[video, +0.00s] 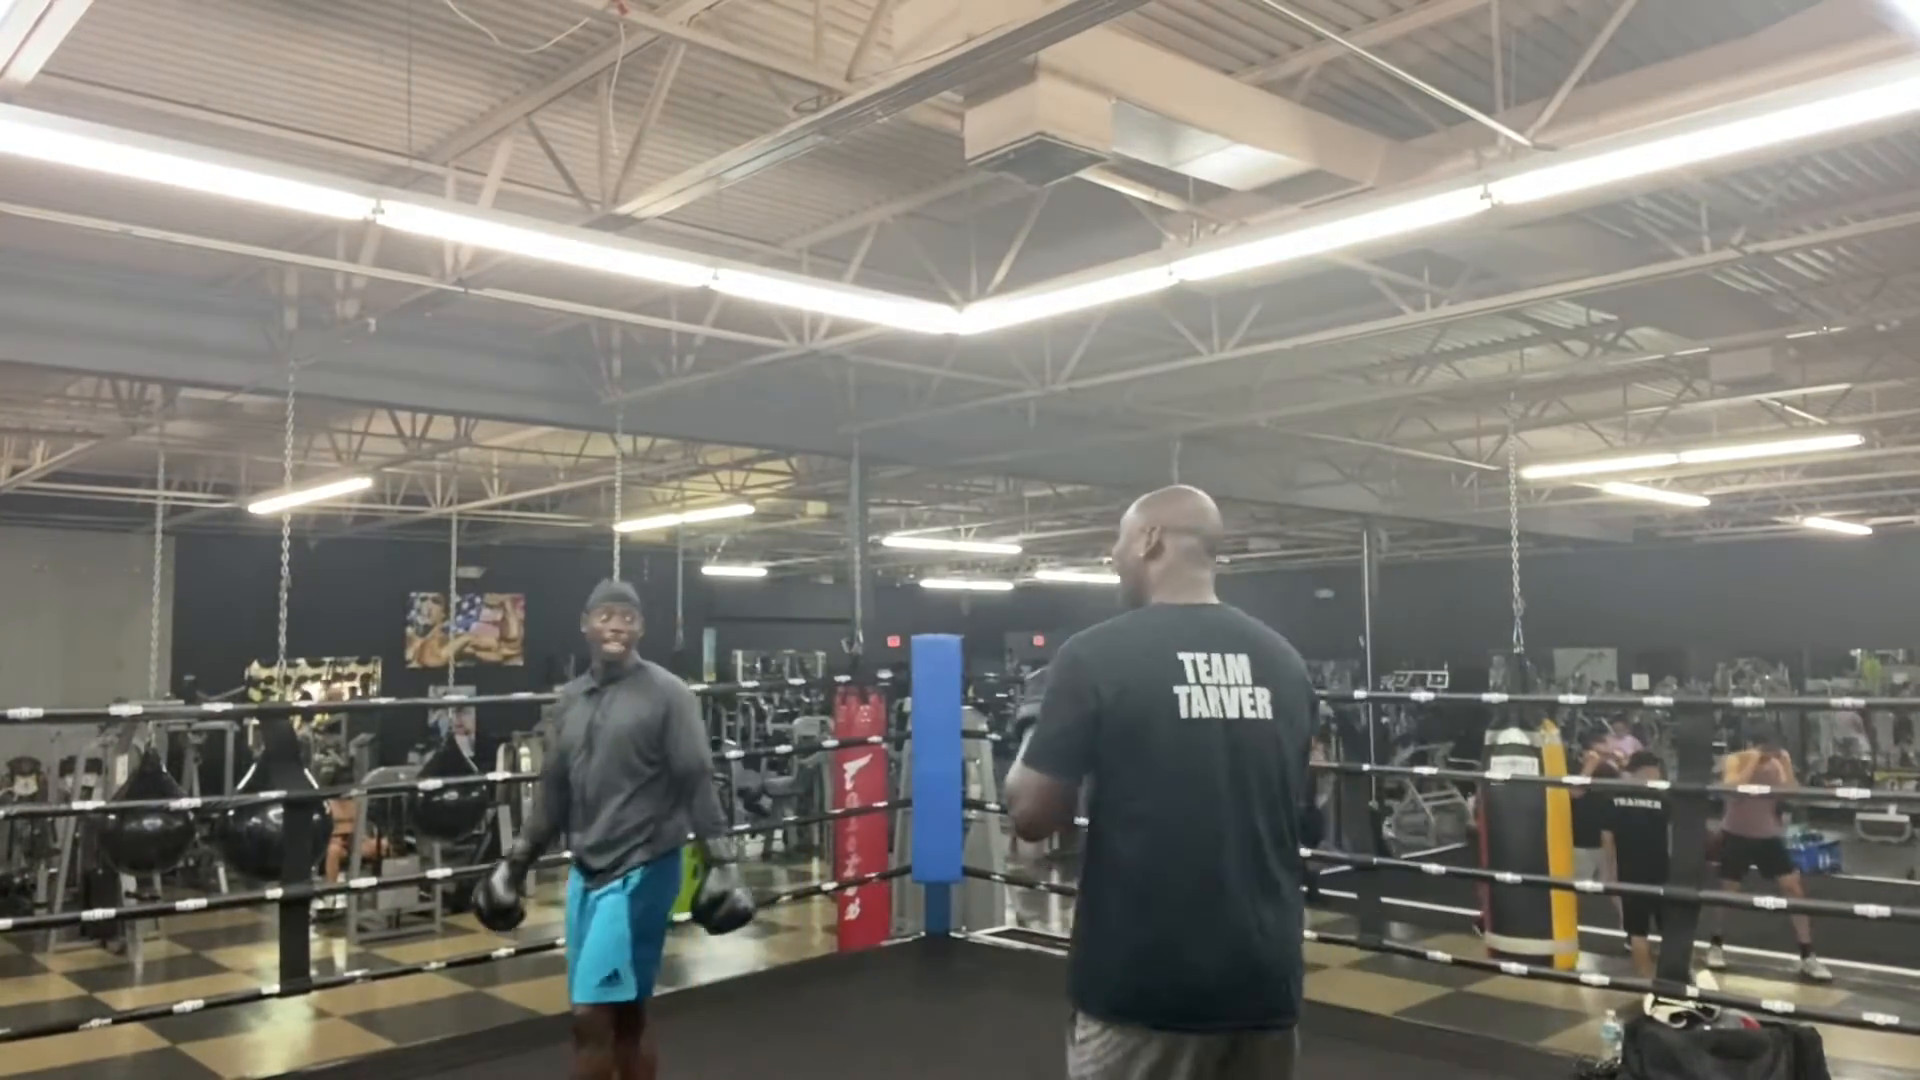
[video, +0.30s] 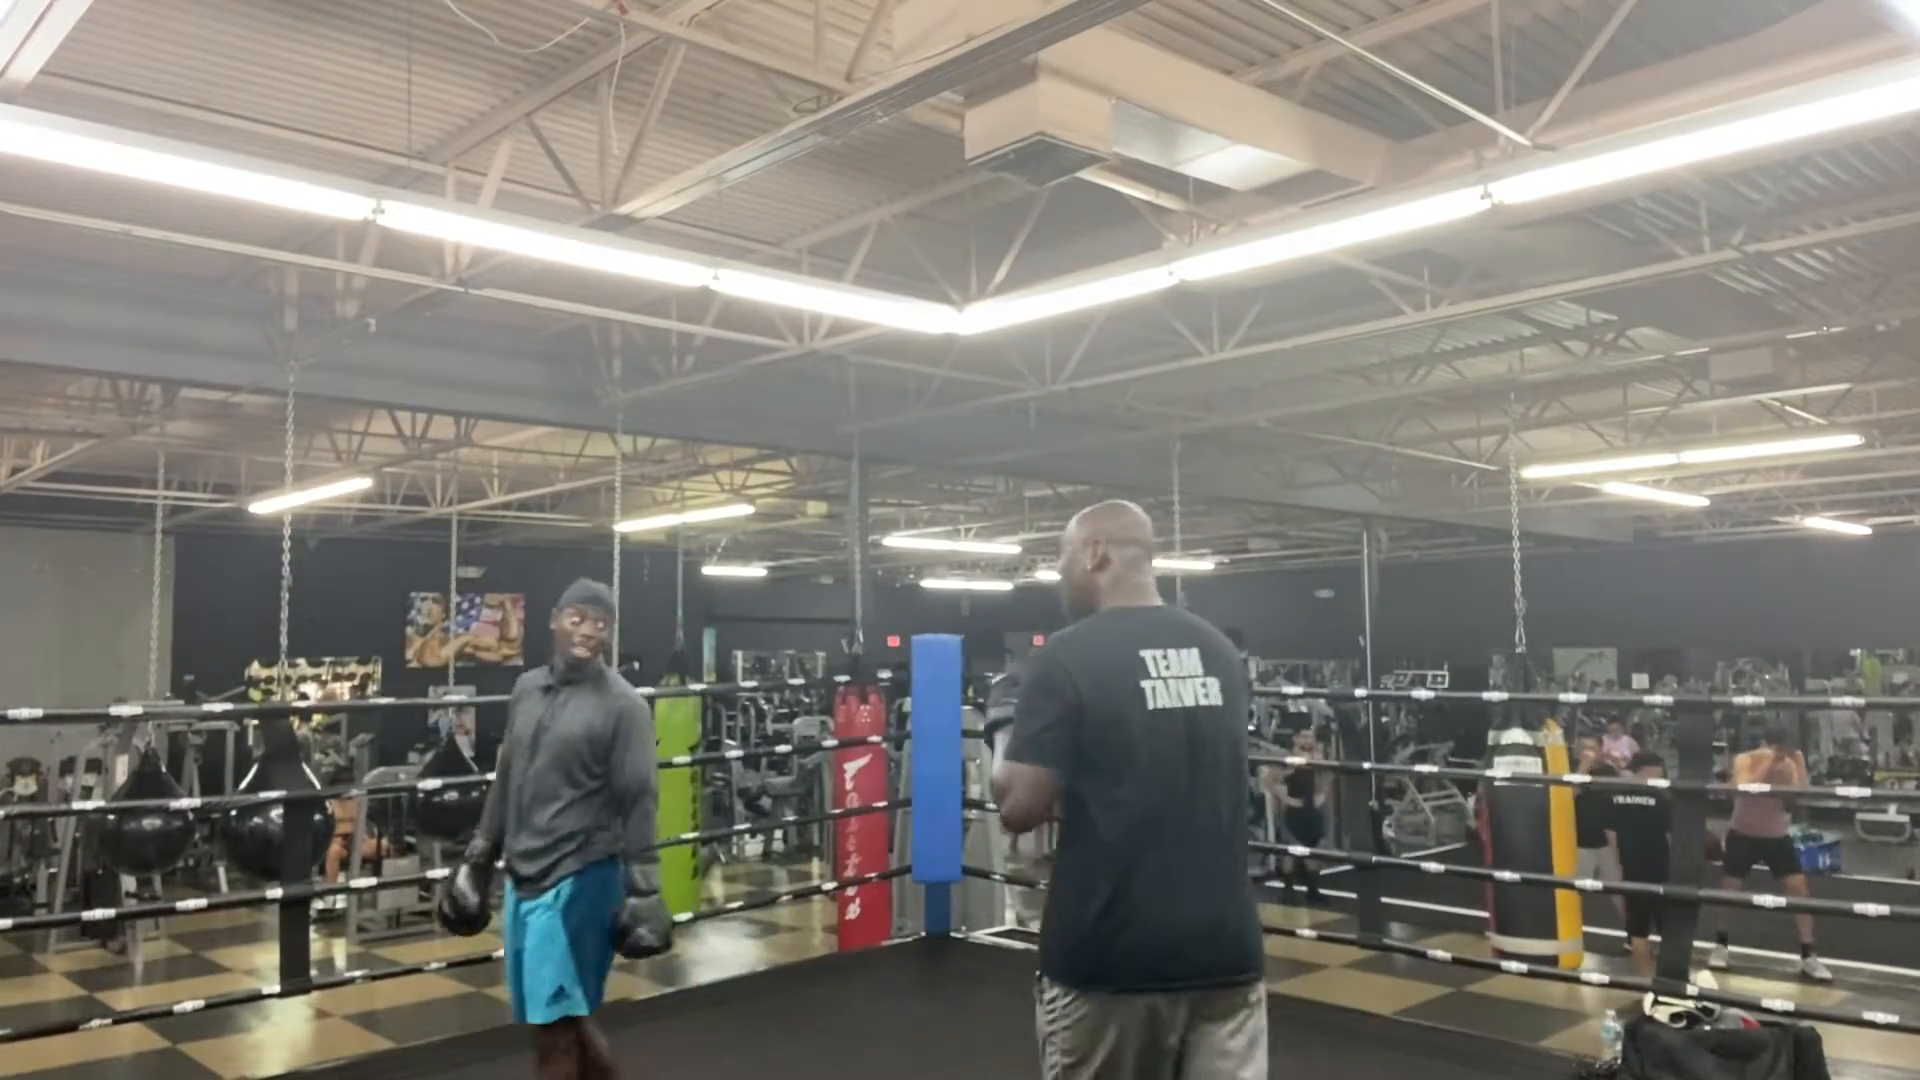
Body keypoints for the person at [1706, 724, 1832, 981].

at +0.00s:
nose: (1766, 759)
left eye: (1770, 756)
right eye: (1762, 754)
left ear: (1776, 756)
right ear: (1751, 750)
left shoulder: (1775, 767)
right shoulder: (1735, 762)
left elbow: (1790, 792)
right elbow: (1730, 786)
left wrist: (1785, 767)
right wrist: (1750, 765)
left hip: (1769, 838)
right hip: (1736, 836)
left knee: (1794, 890)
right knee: (1728, 893)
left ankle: (1807, 955)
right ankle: (1716, 945)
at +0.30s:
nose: (1779, 751)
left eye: (1784, 747)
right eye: (1775, 746)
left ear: (1789, 747)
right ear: (1766, 743)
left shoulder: (1794, 761)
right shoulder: (1745, 760)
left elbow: (1800, 796)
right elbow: (1744, 788)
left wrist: (1792, 766)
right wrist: (1767, 763)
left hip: (1777, 838)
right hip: (1743, 836)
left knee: (1799, 891)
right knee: (1730, 892)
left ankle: (1808, 955)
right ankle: (1721, 946)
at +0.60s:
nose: (1769, 763)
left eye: (1774, 760)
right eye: (1765, 758)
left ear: (1779, 758)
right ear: (1755, 753)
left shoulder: (1785, 768)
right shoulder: (1737, 767)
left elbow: (1799, 807)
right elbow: (1740, 803)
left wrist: (1784, 782)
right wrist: (1761, 778)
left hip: (1769, 843)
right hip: (1736, 841)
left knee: (1797, 894)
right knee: (1728, 896)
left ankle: (1806, 956)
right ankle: (1721, 947)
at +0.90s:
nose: (1760, 758)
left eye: (1765, 753)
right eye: (1755, 752)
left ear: (1772, 752)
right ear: (1745, 750)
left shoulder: (1780, 767)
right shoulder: (1732, 770)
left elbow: (1799, 805)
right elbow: (1735, 805)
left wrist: (1780, 778)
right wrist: (1756, 778)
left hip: (1771, 846)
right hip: (1738, 845)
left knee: (1803, 891)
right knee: (1728, 898)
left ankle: (1809, 954)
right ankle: (1720, 947)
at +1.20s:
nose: (1804, 767)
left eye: (1809, 761)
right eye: (1800, 760)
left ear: (1818, 762)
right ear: (1792, 760)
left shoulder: (1822, 778)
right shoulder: (1776, 778)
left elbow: (1831, 818)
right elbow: (1778, 812)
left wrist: (1821, 787)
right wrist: (1804, 787)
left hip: (1809, 861)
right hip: (1774, 859)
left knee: (1845, 898)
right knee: (1755, 914)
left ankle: (1873, 966)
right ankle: (1724, 944)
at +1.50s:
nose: (1871, 783)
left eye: (1871, 779)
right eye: (1869, 779)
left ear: (1841, 769)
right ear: (1861, 775)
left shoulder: (1811, 783)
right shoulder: (1850, 785)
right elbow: (1883, 792)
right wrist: (1913, 788)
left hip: (1817, 862)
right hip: (1799, 863)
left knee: (1860, 902)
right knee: (1822, 927)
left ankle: (1872, 966)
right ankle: (1768, 947)